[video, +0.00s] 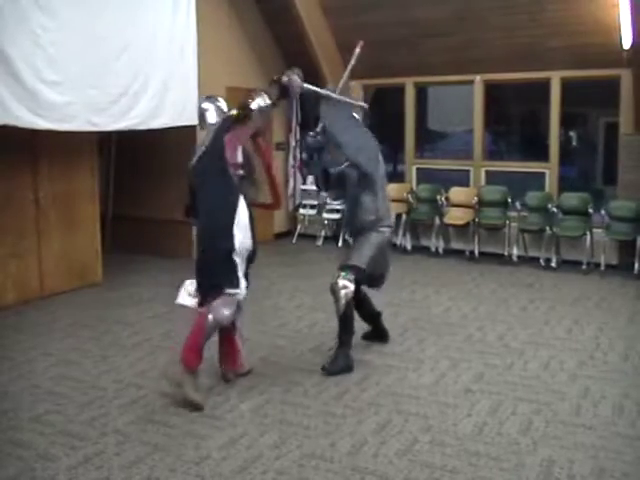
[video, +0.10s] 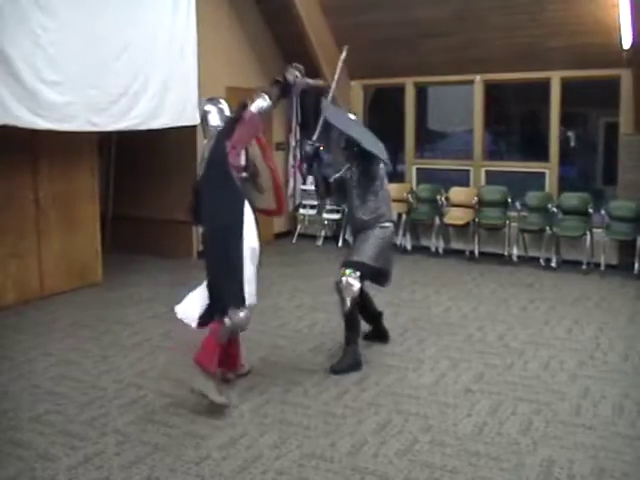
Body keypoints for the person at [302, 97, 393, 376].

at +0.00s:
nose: (329, 134)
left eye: (334, 128)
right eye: (328, 128)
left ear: (349, 125)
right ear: (329, 129)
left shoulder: (367, 151)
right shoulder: (343, 158)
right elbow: (328, 186)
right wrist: (315, 154)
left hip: (377, 227)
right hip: (356, 229)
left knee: (344, 284)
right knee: (351, 286)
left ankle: (343, 353)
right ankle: (378, 327)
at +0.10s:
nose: (343, 152)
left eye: (347, 147)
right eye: (343, 147)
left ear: (356, 147)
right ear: (345, 150)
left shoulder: (372, 165)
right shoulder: (344, 174)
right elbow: (325, 192)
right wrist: (316, 164)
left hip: (379, 225)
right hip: (358, 228)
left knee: (347, 281)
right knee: (351, 282)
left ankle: (351, 352)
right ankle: (378, 327)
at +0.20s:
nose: (341, 149)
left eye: (345, 144)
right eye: (341, 145)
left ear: (356, 146)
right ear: (346, 149)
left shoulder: (371, 167)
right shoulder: (346, 177)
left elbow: (377, 155)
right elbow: (329, 202)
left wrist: (351, 129)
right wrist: (314, 174)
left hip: (379, 228)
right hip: (359, 233)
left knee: (350, 281)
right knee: (349, 283)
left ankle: (354, 351)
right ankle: (377, 326)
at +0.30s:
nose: (344, 152)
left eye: (348, 148)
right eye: (342, 148)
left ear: (358, 150)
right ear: (344, 153)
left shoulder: (371, 172)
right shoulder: (345, 179)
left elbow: (374, 160)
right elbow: (329, 206)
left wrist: (347, 127)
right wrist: (316, 180)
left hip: (378, 230)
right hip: (360, 233)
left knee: (350, 282)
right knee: (349, 284)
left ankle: (354, 352)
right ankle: (377, 327)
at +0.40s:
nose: (333, 153)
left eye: (338, 147)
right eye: (333, 148)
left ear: (351, 147)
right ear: (338, 151)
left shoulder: (370, 172)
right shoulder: (345, 178)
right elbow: (329, 205)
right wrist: (315, 179)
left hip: (377, 230)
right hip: (360, 232)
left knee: (350, 282)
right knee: (347, 284)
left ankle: (354, 351)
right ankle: (377, 326)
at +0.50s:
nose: (333, 145)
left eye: (337, 139)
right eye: (332, 140)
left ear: (350, 138)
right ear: (333, 142)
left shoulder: (371, 163)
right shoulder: (343, 170)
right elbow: (328, 199)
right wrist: (315, 172)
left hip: (376, 225)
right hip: (358, 229)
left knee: (350, 279)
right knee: (347, 283)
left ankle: (352, 351)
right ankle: (377, 326)